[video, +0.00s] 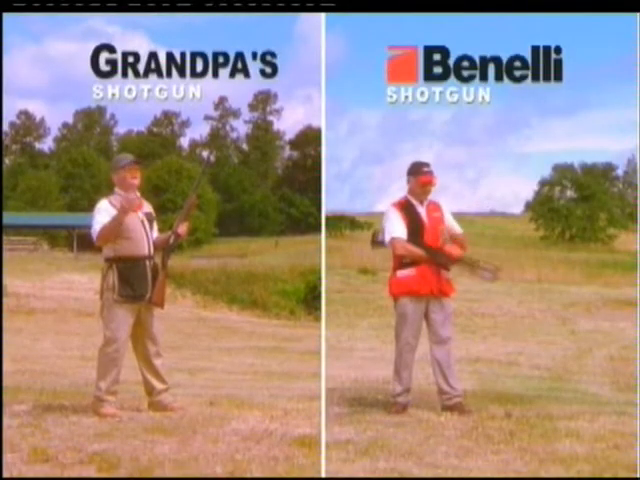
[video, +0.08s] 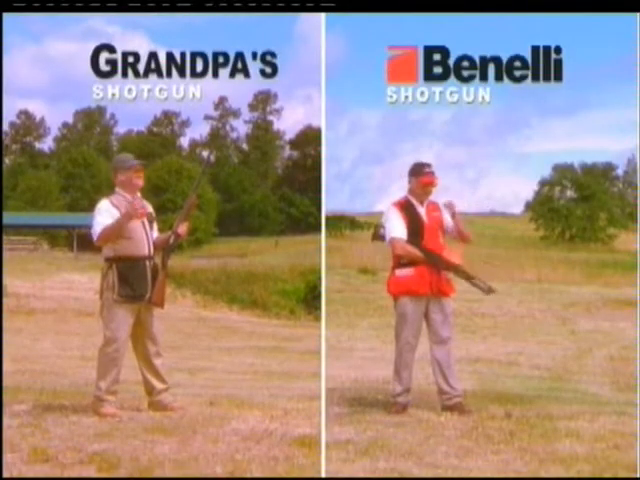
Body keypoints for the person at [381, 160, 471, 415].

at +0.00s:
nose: (428, 186)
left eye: (431, 182)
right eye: (423, 181)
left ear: (433, 182)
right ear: (410, 181)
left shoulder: (438, 209)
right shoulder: (396, 211)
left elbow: (459, 239)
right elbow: (399, 249)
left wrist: (451, 250)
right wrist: (434, 256)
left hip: (437, 280)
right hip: (409, 281)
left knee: (443, 341)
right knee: (406, 343)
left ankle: (451, 397)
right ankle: (401, 396)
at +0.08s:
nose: (429, 189)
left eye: (432, 184)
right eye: (424, 184)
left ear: (434, 184)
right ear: (411, 182)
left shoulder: (438, 210)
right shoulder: (396, 210)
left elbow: (464, 238)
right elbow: (399, 249)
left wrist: (456, 218)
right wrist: (435, 259)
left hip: (437, 281)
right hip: (409, 282)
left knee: (443, 341)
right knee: (406, 342)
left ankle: (451, 397)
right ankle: (401, 396)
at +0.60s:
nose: (431, 190)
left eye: (434, 185)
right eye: (427, 184)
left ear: (436, 185)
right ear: (414, 182)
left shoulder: (439, 209)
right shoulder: (396, 210)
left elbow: (471, 208)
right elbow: (398, 249)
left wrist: (453, 177)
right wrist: (435, 258)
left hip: (437, 281)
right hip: (409, 282)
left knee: (443, 340)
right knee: (406, 342)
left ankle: (451, 397)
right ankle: (400, 396)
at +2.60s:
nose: (426, 177)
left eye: (428, 173)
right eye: (420, 172)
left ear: (429, 179)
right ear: (407, 179)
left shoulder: (437, 208)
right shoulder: (395, 211)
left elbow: (470, 203)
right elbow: (397, 249)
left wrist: (446, 179)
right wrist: (433, 260)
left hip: (436, 279)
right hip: (408, 281)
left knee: (443, 340)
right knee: (406, 342)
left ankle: (451, 396)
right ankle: (400, 395)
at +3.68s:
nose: (434, 187)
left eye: (436, 182)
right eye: (430, 182)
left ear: (438, 183)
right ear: (416, 180)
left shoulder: (441, 208)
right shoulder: (398, 211)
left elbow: (473, 218)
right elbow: (399, 250)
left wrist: (466, 196)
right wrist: (434, 261)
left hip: (439, 282)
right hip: (410, 283)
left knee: (443, 340)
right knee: (407, 343)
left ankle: (451, 397)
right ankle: (401, 396)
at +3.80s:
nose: (436, 189)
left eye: (439, 184)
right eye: (432, 183)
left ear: (441, 185)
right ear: (419, 181)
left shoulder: (444, 210)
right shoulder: (401, 210)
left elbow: (465, 225)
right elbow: (402, 249)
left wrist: (474, 225)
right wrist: (435, 262)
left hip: (440, 281)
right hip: (411, 282)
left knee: (443, 340)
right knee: (407, 343)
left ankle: (450, 397)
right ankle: (400, 397)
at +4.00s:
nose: (441, 190)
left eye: (445, 186)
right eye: (437, 185)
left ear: (448, 186)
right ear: (425, 182)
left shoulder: (449, 210)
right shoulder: (406, 209)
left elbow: (470, 237)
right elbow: (407, 246)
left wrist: (469, 265)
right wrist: (439, 264)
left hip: (442, 283)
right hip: (412, 283)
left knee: (444, 342)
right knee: (407, 343)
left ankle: (451, 397)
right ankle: (400, 396)